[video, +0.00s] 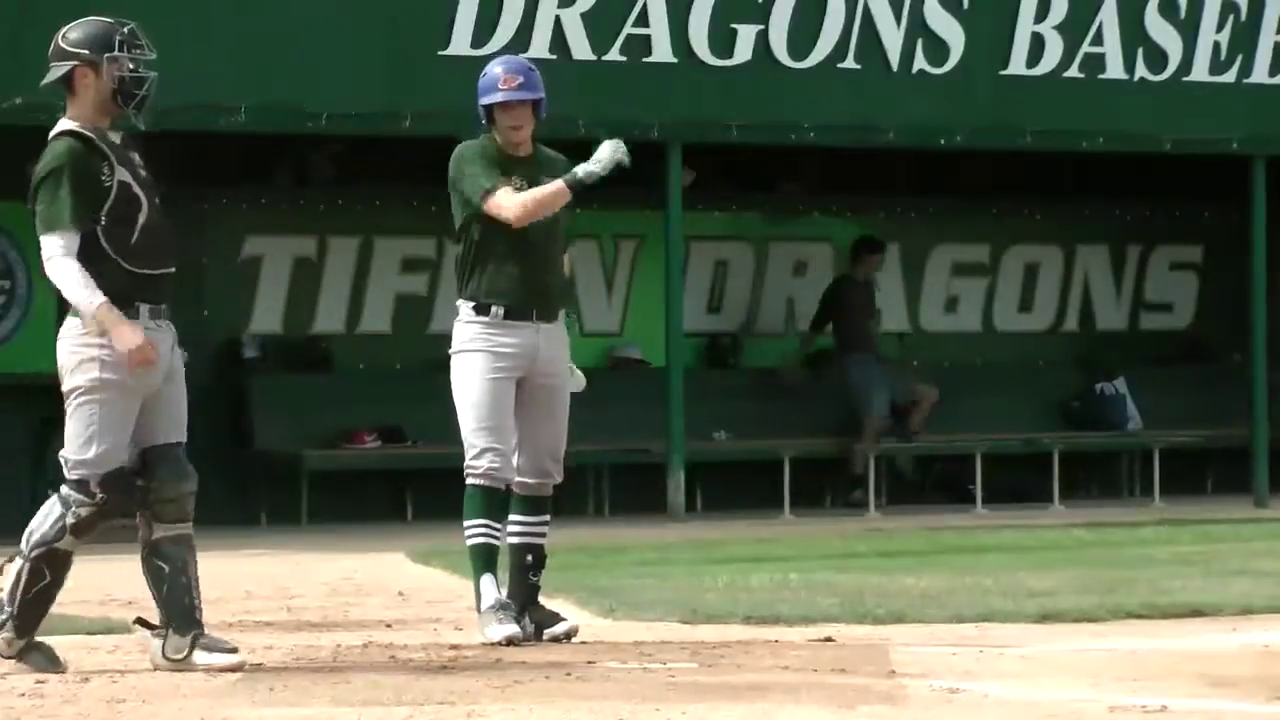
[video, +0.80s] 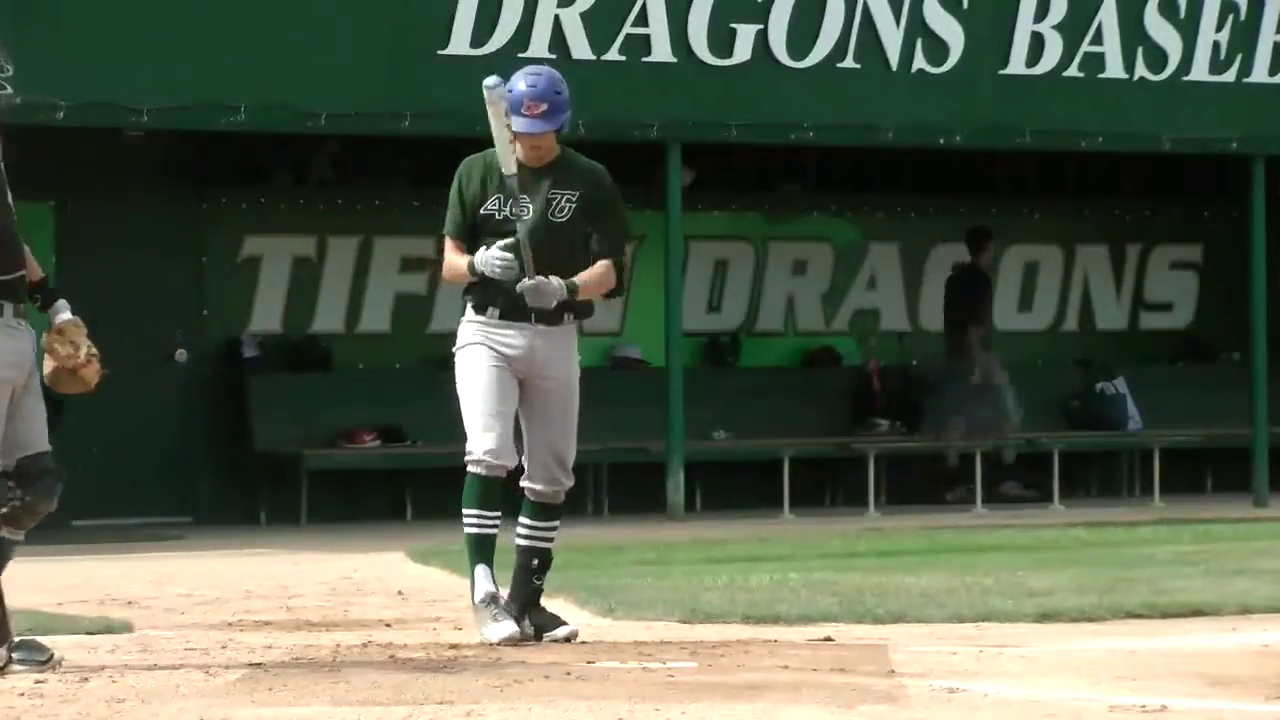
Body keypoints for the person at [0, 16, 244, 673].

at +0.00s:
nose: (131, 75)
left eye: (129, 65)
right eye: (118, 65)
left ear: (107, 74)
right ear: (82, 74)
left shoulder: (120, 143)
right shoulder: (67, 152)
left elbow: (121, 240)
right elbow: (59, 256)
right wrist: (116, 327)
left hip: (156, 331)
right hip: (102, 334)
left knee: (169, 488)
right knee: (91, 493)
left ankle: (182, 637)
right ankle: (11, 624)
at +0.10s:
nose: (107, 84)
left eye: (107, 73)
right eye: (96, 73)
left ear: (74, 79)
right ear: (62, 75)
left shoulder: (97, 151)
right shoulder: (39, 157)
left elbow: (106, 260)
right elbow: (37, 261)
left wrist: (145, 366)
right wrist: (120, 278)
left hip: (124, 333)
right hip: (71, 335)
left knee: (147, 488)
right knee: (53, 496)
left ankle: (178, 634)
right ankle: (6, 636)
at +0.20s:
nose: (83, 88)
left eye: (82, 78)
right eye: (72, 76)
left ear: (63, 84)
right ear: (37, 77)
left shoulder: (73, 152)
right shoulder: (12, 156)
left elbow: (91, 260)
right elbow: (20, 256)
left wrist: (137, 329)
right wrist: (96, 213)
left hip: (98, 333)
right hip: (44, 334)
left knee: (130, 485)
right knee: (30, 497)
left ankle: (171, 631)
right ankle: (6, 641)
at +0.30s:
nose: (59, 97)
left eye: (61, 87)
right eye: (51, 85)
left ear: (28, 84)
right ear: (16, 79)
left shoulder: (44, 150)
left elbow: (79, 235)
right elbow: (22, 235)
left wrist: (133, 299)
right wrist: (54, 155)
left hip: (76, 331)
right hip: (21, 332)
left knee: (122, 476)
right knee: (10, 497)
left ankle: (162, 625)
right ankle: (5, 642)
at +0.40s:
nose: (55, 86)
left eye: (54, 76)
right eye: (46, 76)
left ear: (26, 80)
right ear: (21, 79)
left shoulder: (38, 141)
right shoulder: (6, 141)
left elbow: (60, 228)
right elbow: (18, 207)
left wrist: (126, 288)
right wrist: (17, 119)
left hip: (61, 331)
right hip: (14, 331)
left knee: (114, 473)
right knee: (5, 495)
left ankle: (143, 624)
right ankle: (5, 642)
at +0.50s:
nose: (32, 83)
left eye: (30, 73)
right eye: (23, 73)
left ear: (13, 77)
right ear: (1, 77)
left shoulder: (21, 137)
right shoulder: (2, 137)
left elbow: (44, 228)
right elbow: (20, 232)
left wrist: (110, 290)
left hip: (45, 331)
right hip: (6, 334)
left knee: (99, 473)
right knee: (1, 490)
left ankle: (107, 627)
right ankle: (5, 643)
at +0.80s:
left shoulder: (3, 178)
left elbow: (15, 246)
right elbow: (17, 249)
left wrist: (56, 307)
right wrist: (53, 305)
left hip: (17, 328)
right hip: (10, 329)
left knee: (37, 490)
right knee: (21, 491)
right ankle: (6, 641)